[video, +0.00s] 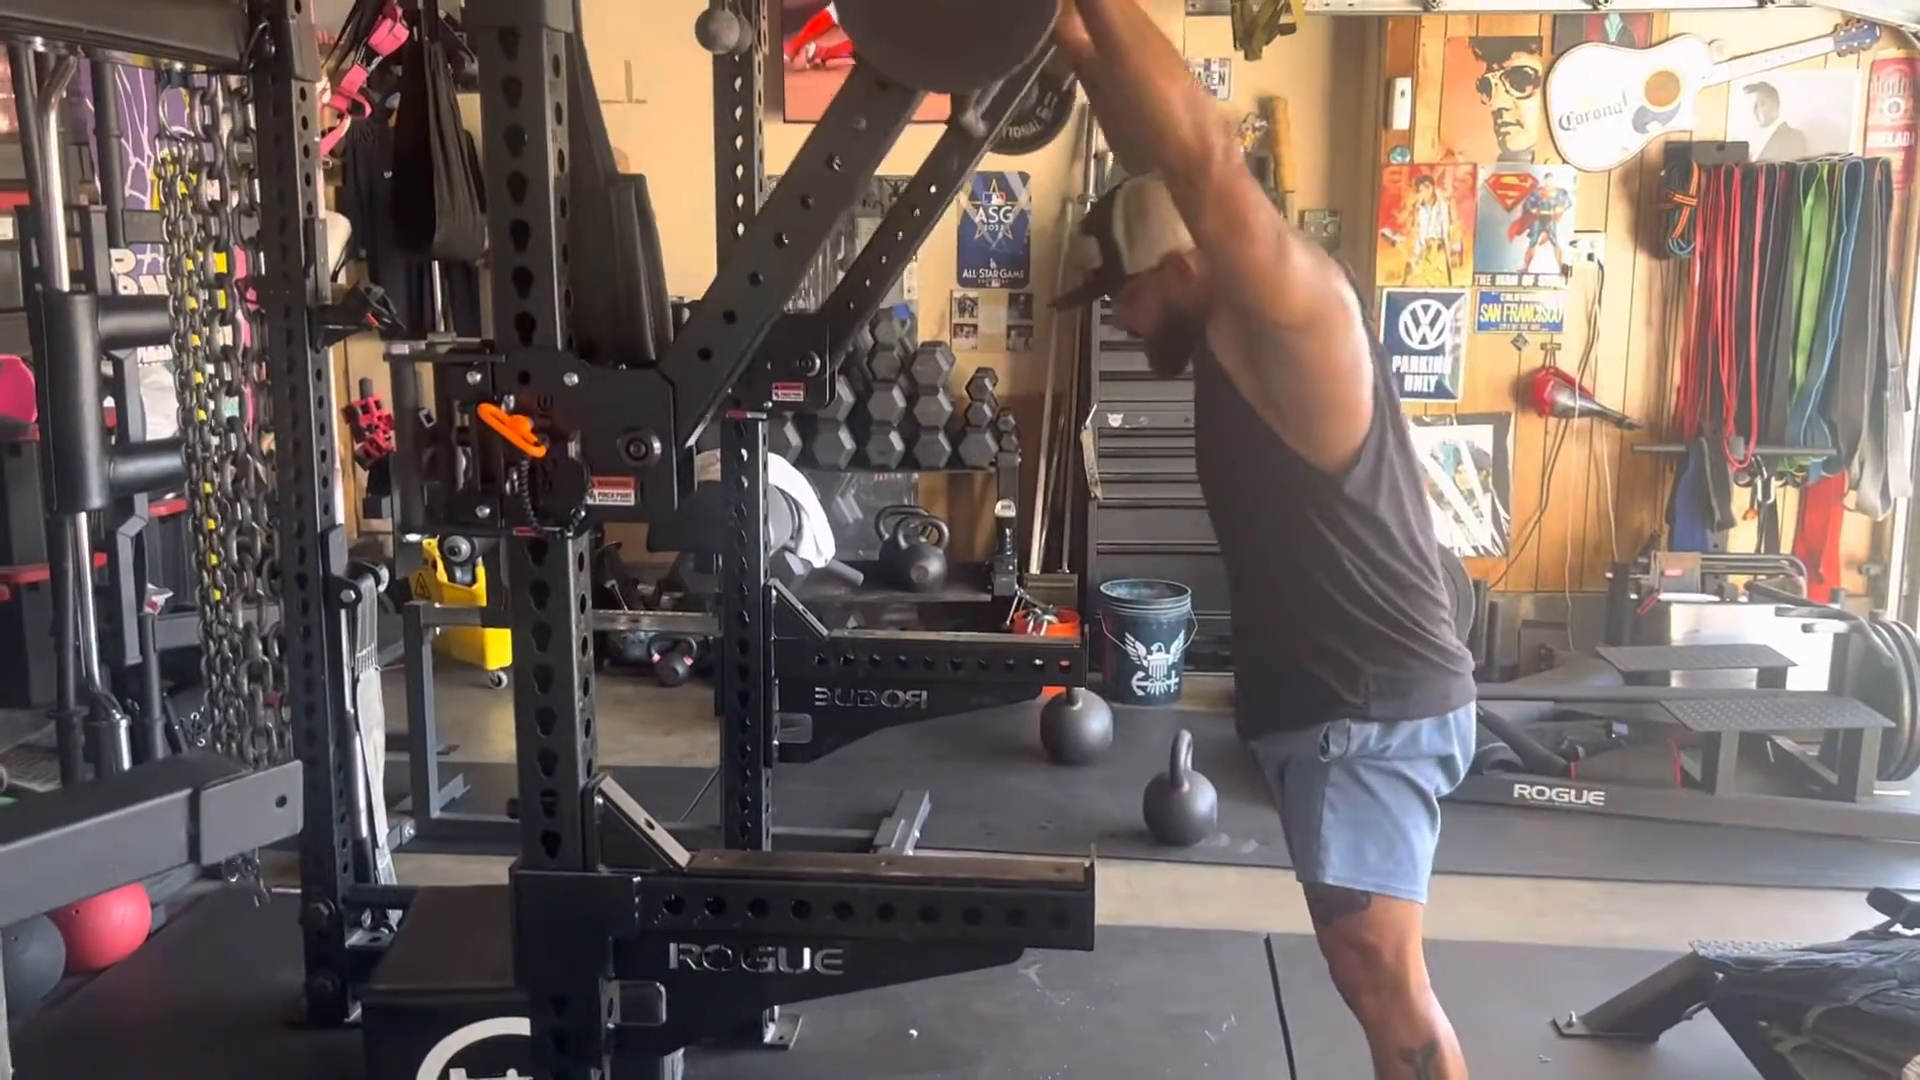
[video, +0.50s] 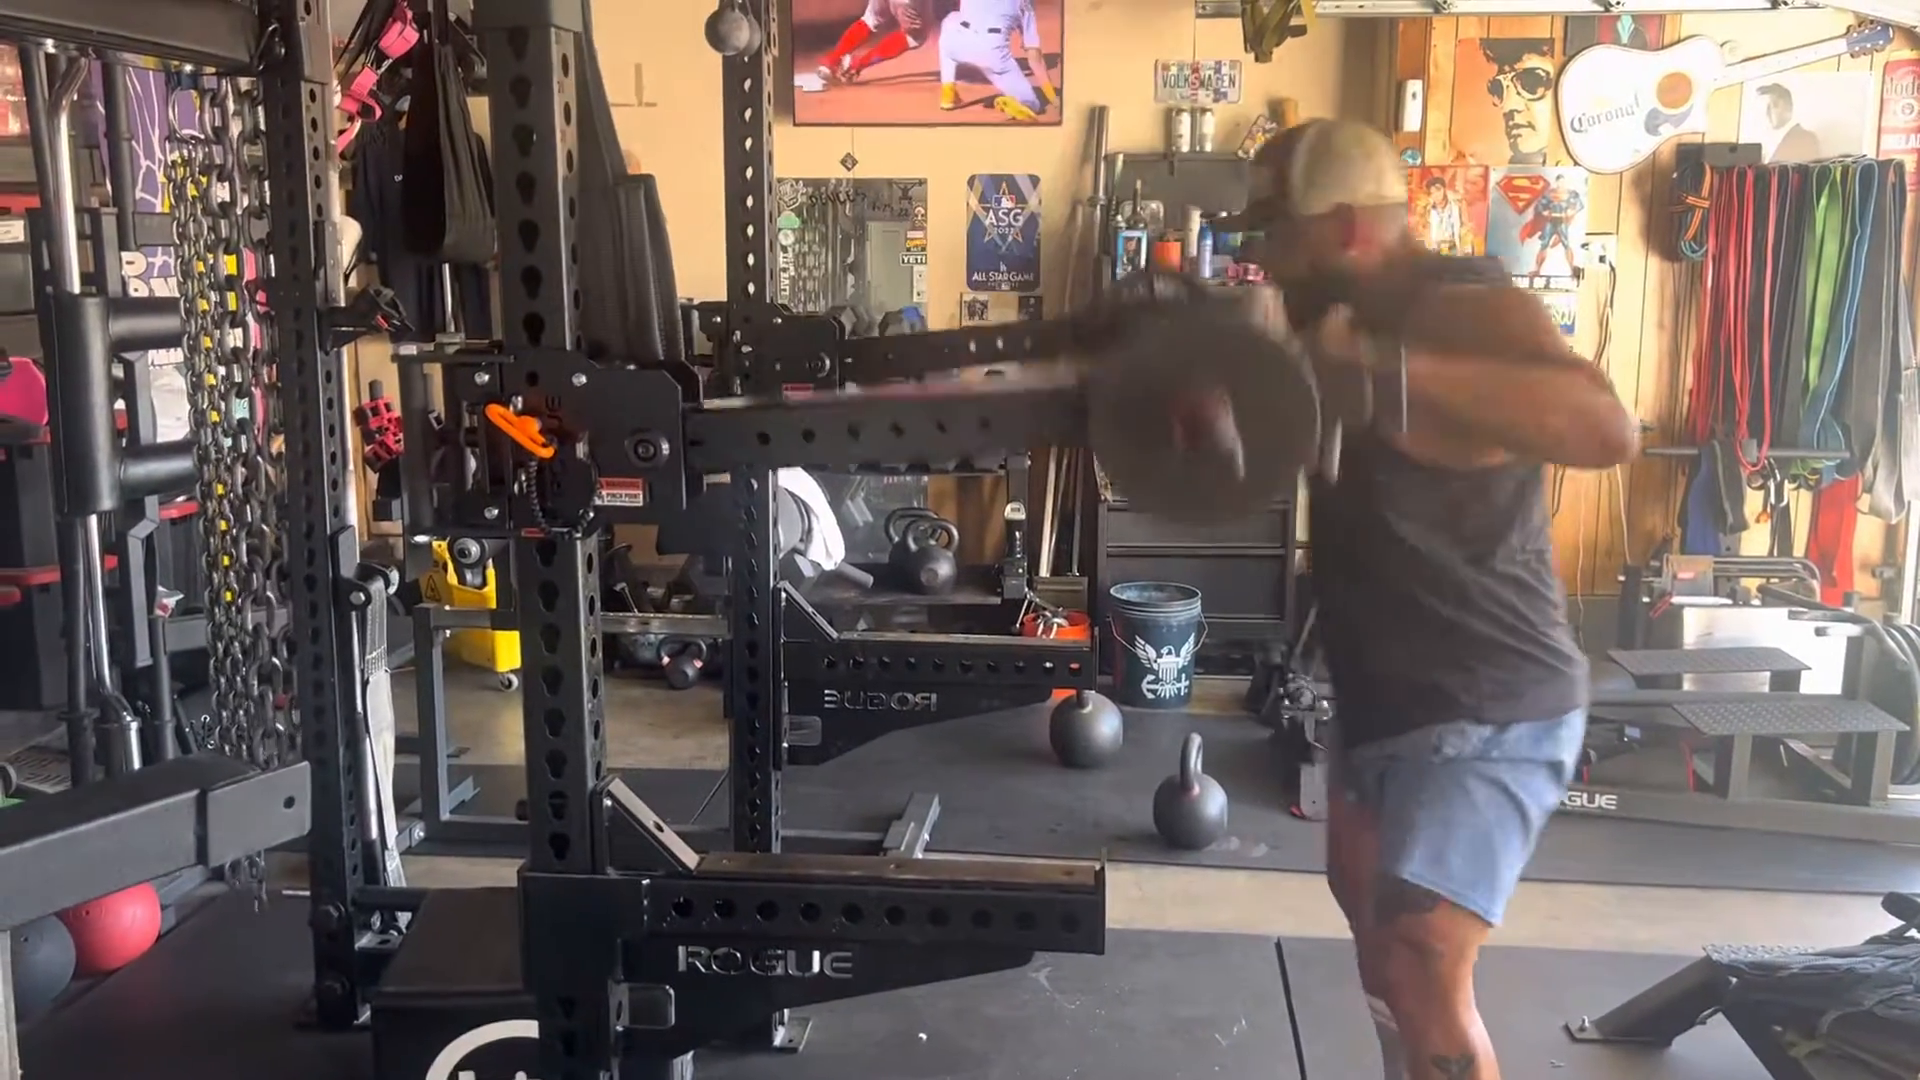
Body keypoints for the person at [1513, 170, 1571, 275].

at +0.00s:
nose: (1549, 183)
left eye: (1551, 181)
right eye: (1547, 180)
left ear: (1554, 181)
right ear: (1544, 181)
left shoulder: (1561, 192)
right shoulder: (1538, 192)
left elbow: (1568, 203)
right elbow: (1527, 203)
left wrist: (1560, 210)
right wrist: (1533, 210)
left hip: (1551, 217)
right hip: (1539, 217)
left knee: (1555, 242)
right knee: (1532, 242)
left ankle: (1560, 267)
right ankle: (1526, 267)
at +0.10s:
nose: (1552, 185)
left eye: (1554, 183)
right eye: (1550, 183)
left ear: (1557, 184)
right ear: (1547, 184)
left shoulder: (1563, 194)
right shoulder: (1541, 194)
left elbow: (1571, 205)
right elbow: (1530, 205)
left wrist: (1563, 212)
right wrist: (1535, 212)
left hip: (1554, 219)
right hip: (1542, 219)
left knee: (1557, 244)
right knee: (1535, 244)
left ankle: (1563, 268)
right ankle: (1528, 269)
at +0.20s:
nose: (1555, 185)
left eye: (1557, 183)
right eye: (1553, 183)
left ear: (1559, 184)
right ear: (1549, 184)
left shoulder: (1566, 195)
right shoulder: (1543, 195)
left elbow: (1573, 206)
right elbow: (1533, 206)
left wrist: (1565, 214)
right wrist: (1538, 213)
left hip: (1557, 220)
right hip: (1544, 219)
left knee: (1560, 245)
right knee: (1538, 245)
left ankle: (1566, 270)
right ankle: (1531, 270)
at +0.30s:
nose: (1557, 185)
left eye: (1558, 183)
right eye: (1555, 183)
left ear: (1561, 183)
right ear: (1551, 184)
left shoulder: (1568, 195)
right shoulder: (1545, 195)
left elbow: (1575, 207)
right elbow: (1535, 207)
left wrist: (1567, 214)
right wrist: (1540, 214)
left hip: (1559, 220)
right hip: (1547, 219)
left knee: (1562, 245)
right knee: (1540, 245)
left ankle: (1568, 270)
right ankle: (1533, 270)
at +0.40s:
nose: (1559, 185)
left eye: (1561, 183)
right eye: (1557, 183)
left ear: (1564, 183)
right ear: (1554, 183)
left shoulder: (1570, 195)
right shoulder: (1547, 195)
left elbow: (1578, 206)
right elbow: (1537, 206)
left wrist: (1569, 214)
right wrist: (1542, 213)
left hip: (1561, 220)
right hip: (1549, 219)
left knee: (1564, 244)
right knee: (1542, 244)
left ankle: (1570, 269)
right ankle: (1535, 270)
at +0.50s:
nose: (1561, 185)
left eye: (1563, 182)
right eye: (1559, 182)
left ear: (1566, 183)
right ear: (1556, 183)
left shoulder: (1572, 194)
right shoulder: (1549, 194)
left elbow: (1579, 205)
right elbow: (1539, 205)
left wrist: (1571, 213)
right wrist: (1544, 213)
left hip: (1563, 219)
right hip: (1551, 218)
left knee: (1566, 244)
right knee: (1544, 244)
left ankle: (1572, 269)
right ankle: (1537, 269)